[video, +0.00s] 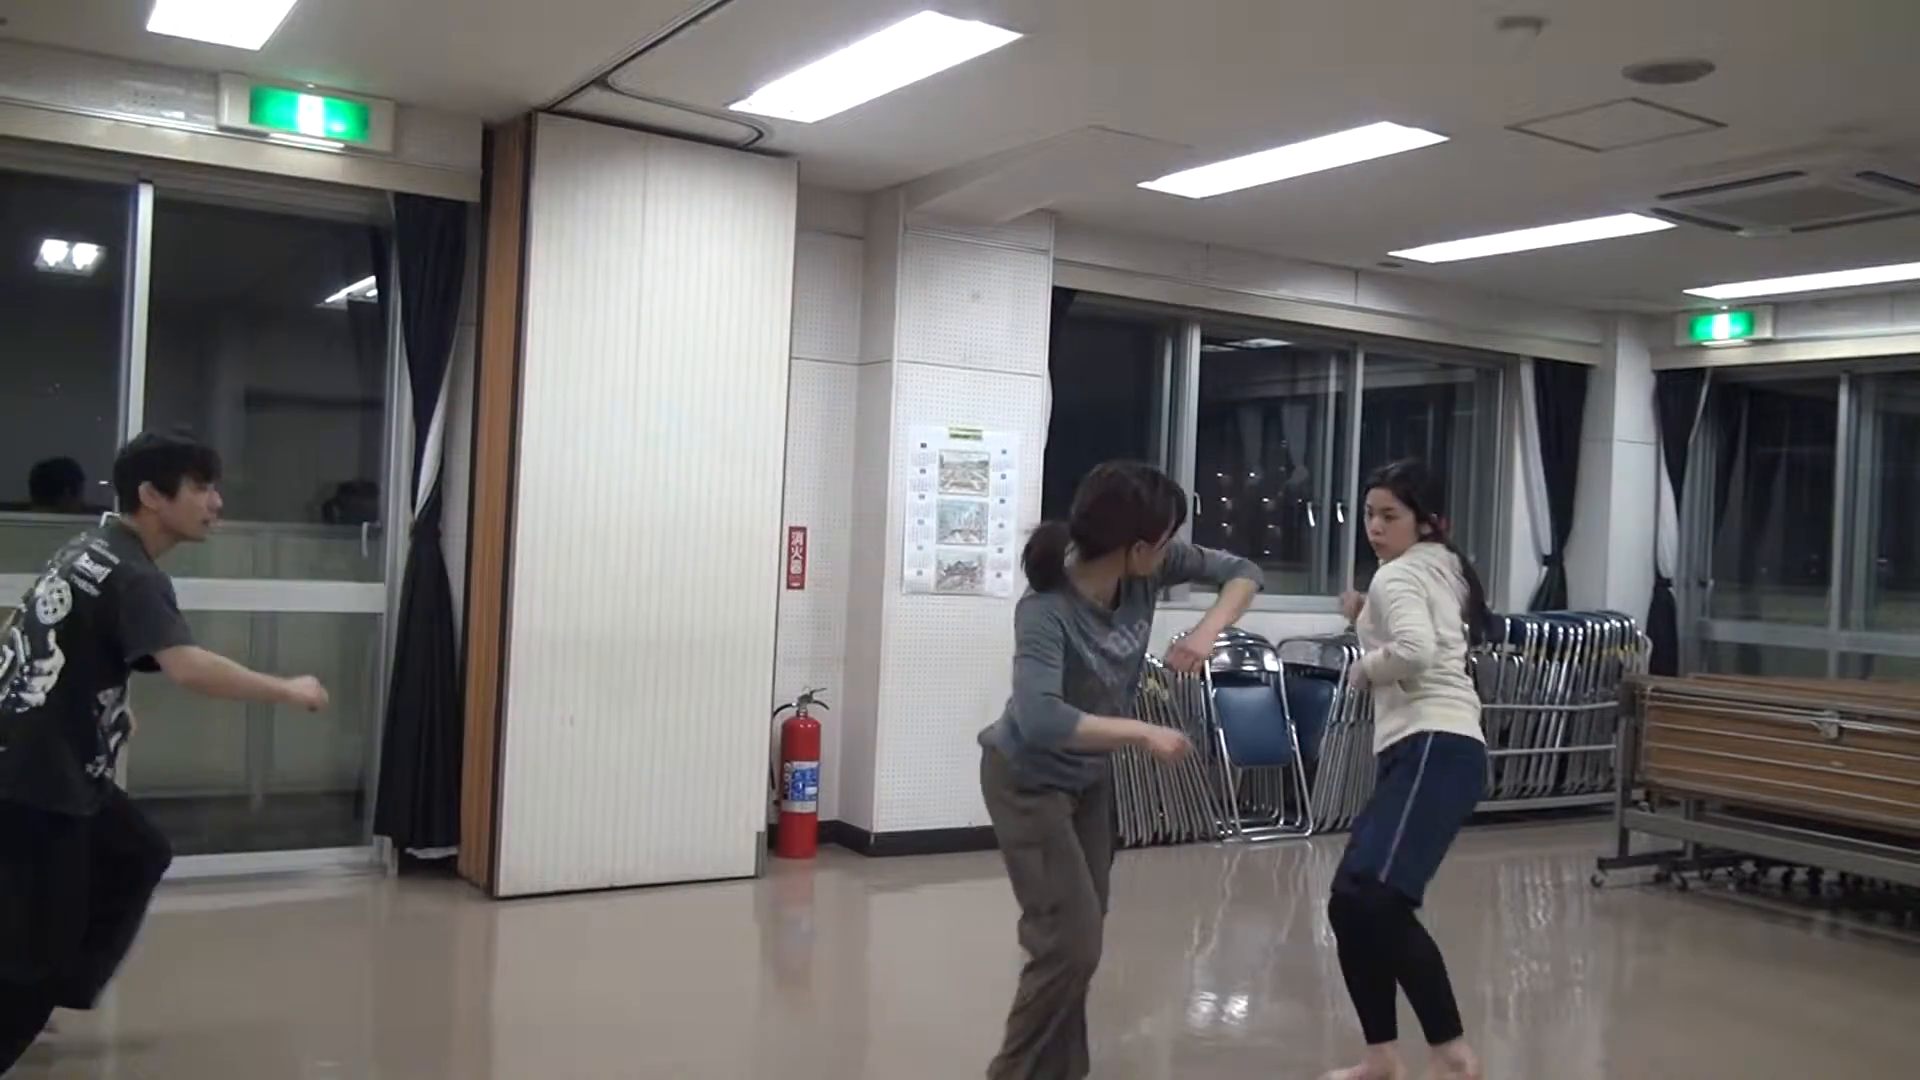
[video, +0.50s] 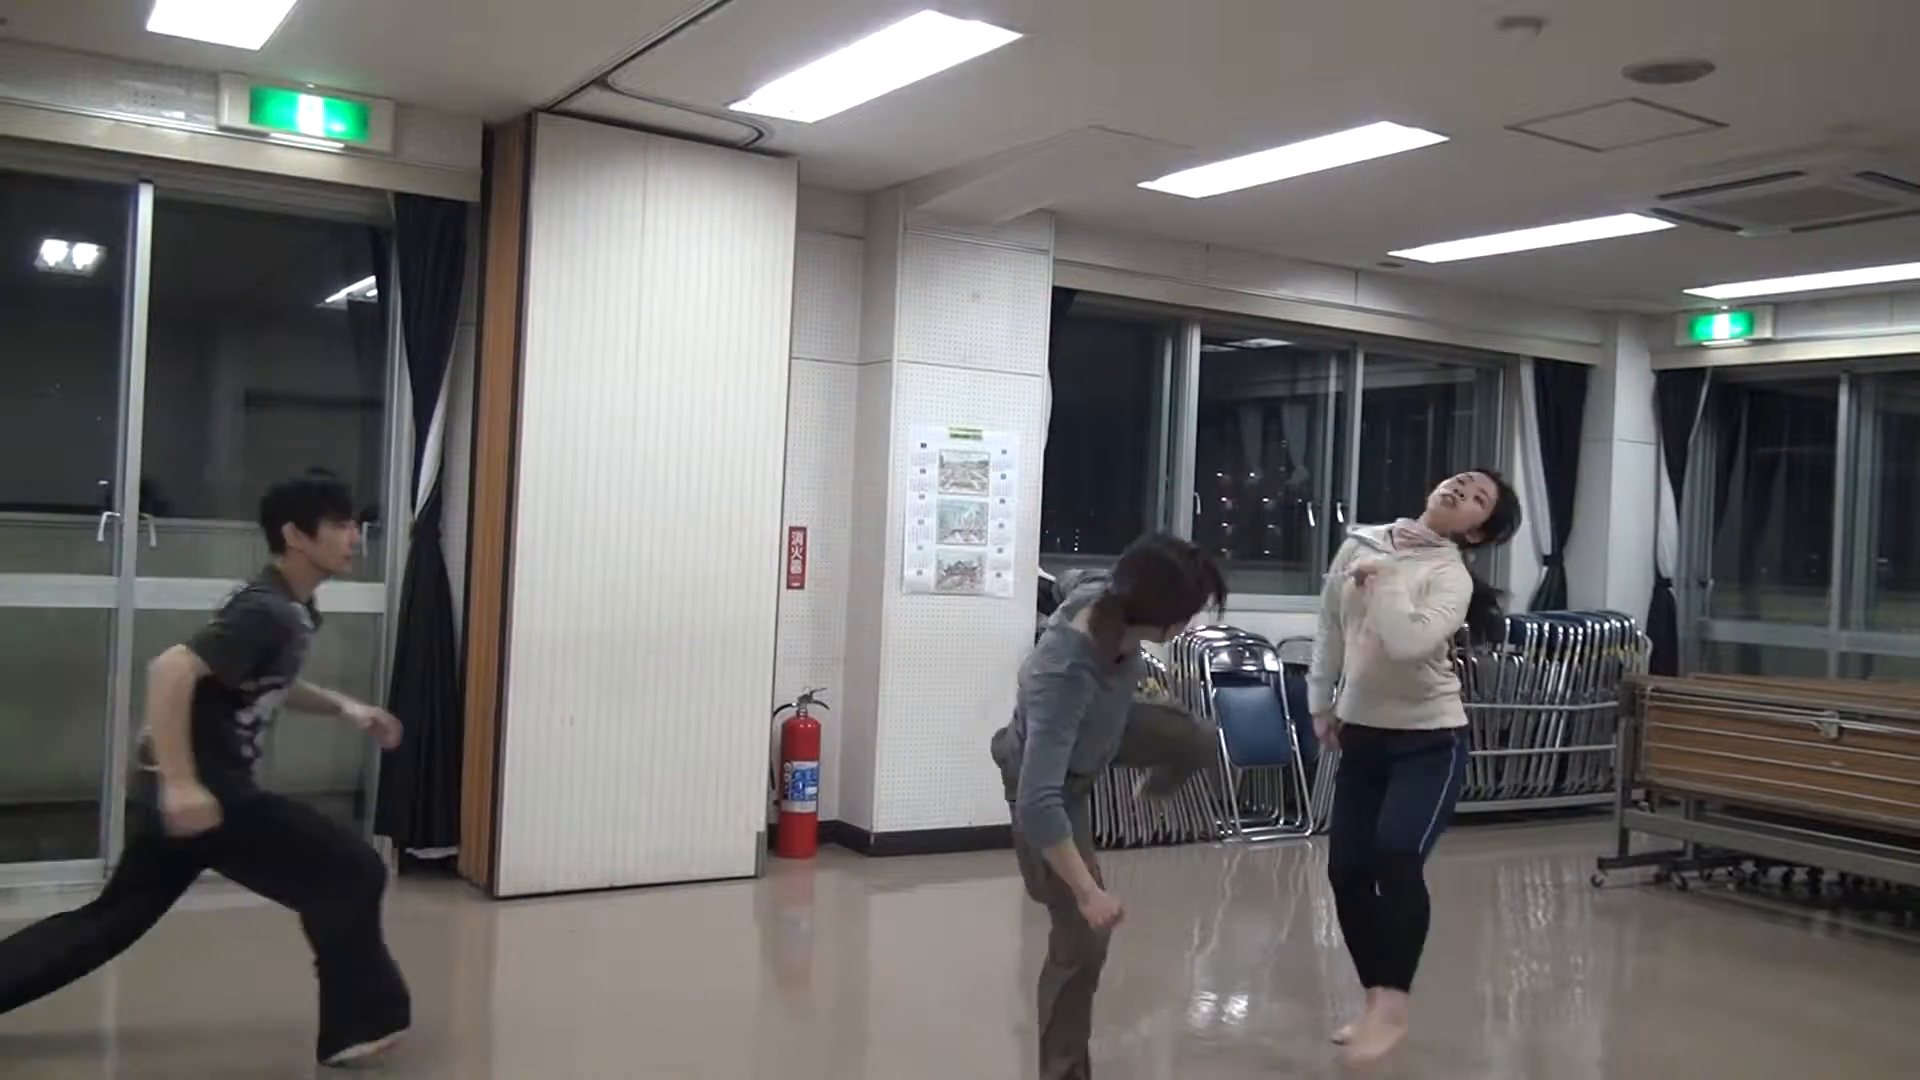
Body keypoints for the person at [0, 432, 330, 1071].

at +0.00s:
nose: (216, 503)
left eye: (215, 489)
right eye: (202, 489)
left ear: (145, 499)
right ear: (151, 496)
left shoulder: (88, 549)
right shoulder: (134, 575)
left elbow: (51, 642)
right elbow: (185, 666)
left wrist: (103, 706)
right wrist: (286, 690)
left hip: (29, 764)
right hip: (39, 782)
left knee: (140, 852)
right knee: (38, 956)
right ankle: (3, 1051)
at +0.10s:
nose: (210, 473)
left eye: (206, 459)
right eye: (195, 460)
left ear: (140, 474)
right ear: (145, 471)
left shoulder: (96, 529)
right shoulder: (135, 550)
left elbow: (60, 622)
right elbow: (168, 645)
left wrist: (115, 683)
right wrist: (272, 671)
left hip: (25, 754)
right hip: (55, 767)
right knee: (66, 918)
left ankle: (7, 1040)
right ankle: (3, 1045)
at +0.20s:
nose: (217, 472)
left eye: (213, 458)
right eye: (201, 460)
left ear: (152, 477)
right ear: (152, 475)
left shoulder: (109, 536)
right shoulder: (146, 551)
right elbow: (146, 657)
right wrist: (243, 725)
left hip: (33, 761)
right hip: (73, 770)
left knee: (36, 911)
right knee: (111, 914)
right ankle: (3, 1037)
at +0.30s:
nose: (244, 491)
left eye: (241, 477)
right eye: (229, 479)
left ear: (180, 492)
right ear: (180, 490)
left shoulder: (138, 545)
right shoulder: (173, 567)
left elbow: (112, 658)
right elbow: (137, 678)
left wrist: (152, 728)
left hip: (58, 756)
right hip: (91, 767)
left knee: (58, 892)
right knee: (175, 898)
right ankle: (74, 1033)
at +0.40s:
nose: (285, 524)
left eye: (283, 511)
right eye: (270, 512)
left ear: (225, 528)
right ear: (223, 525)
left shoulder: (189, 582)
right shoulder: (206, 598)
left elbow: (168, 689)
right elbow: (122, 681)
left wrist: (219, 743)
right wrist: (94, 798)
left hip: (116, 782)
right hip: (130, 789)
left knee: (81, 920)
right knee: (259, 876)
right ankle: (230, 1024)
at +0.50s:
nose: (355, 539)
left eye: (355, 526)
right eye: (341, 527)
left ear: (301, 539)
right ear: (295, 537)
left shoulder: (290, 610)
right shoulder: (266, 611)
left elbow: (273, 684)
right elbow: (173, 667)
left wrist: (348, 708)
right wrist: (178, 779)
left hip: (180, 798)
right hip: (209, 797)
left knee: (107, 925)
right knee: (349, 872)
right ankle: (353, 1032)